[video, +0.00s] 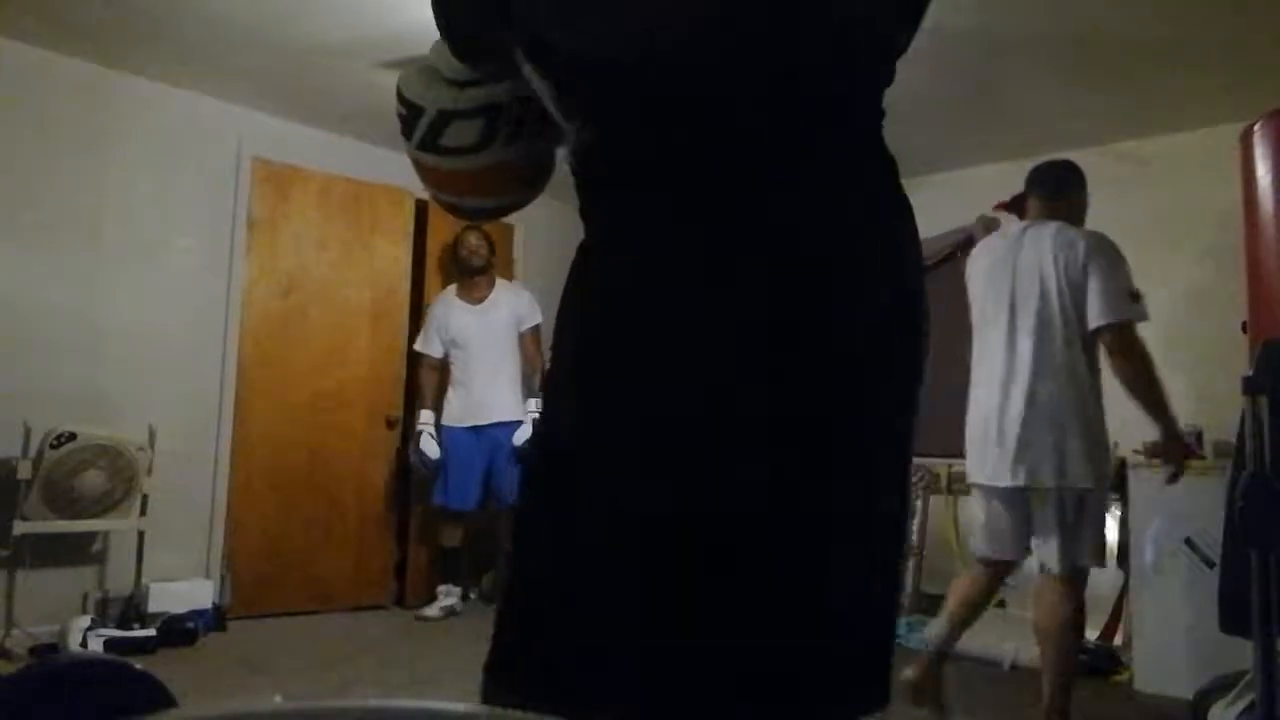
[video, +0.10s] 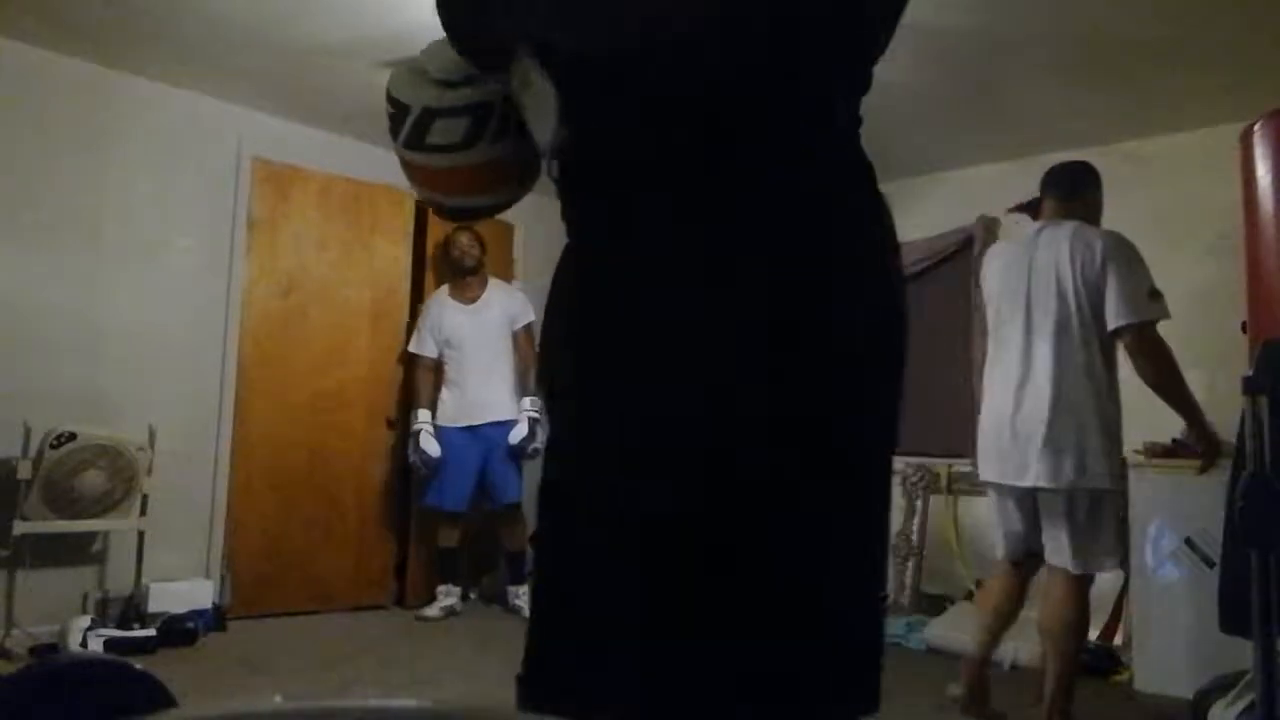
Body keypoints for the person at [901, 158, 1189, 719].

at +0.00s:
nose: (1082, 211)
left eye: (1078, 203)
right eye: (1082, 203)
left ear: (1025, 202)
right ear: (1077, 201)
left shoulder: (982, 255)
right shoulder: (1088, 248)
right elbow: (1119, 344)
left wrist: (1002, 230)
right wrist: (1168, 428)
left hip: (989, 438)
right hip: (1066, 442)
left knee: (994, 557)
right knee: (1064, 577)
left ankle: (925, 661)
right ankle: (1055, 706)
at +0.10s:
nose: (1100, 215)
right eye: (1100, 207)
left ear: (1040, 202)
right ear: (1094, 203)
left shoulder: (998, 258)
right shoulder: (1104, 247)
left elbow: (994, 339)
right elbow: (1140, 343)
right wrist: (1195, 420)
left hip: (1001, 441)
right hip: (1073, 445)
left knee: (1015, 559)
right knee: (1069, 574)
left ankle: (970, 677)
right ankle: (1055, 706)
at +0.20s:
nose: (1114, 217)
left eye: (1112, 210)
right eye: (1114, 209)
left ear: (1053, 206)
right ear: (1107, 204)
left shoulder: (1010, 260)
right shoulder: (1117, 250)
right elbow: (1154, 345)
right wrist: (1212, 422)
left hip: (1012, 443)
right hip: (1085, 446)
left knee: (1032, 575)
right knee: (1075, 579)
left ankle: (1031, 703)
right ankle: (1054, 709)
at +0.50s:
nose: (1135, 230)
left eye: (1133, 223)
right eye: (1134, 221)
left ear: (1075, 217)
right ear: (1124, 214)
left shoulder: (1044, 264)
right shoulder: (1132, 255)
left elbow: (1053, 349)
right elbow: (1152, 346)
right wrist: (1193, 432)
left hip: (1046, 446)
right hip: (1110, 447)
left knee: (1071, 570)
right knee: (1104, 575)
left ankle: (1075, 695)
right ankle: (1061, 701)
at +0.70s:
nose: (1146, 232)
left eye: (1143, 225)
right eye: (1144, 224)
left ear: (1088, 224)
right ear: (1135, 221)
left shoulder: (1059, 268)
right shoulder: (1139, 259)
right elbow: (1152, 346)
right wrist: (1189, 433)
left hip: (1061, 449)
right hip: (1126, 450)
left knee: (1082, 561)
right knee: (1164, 565)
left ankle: (1079, 695)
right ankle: (1112, 677)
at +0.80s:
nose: (1157, 232)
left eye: (1155, 225)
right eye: (1154, 224)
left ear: (1099, 223)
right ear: (1143, 220)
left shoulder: (1065, 267)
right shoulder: (1149, 259)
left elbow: (1076, 354)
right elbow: (1161, 348)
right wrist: (1197, 434)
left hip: (1071, 451)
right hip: (1142, 452)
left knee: (1084, 563)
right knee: (1179, 568)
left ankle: (1078, 700)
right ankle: (1164, 697)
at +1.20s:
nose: (1206, 239)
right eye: (1207, 230)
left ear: (1153, 226)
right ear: (1206, 226)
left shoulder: (1118, 268)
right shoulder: (1231, 268)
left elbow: (1095, 345)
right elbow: (1248, 348)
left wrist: (1152, 331)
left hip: (1128, 448)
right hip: (1207, 451)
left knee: (1115, 568)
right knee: (1213, 581)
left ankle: (1083, 701)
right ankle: (1229, 698)